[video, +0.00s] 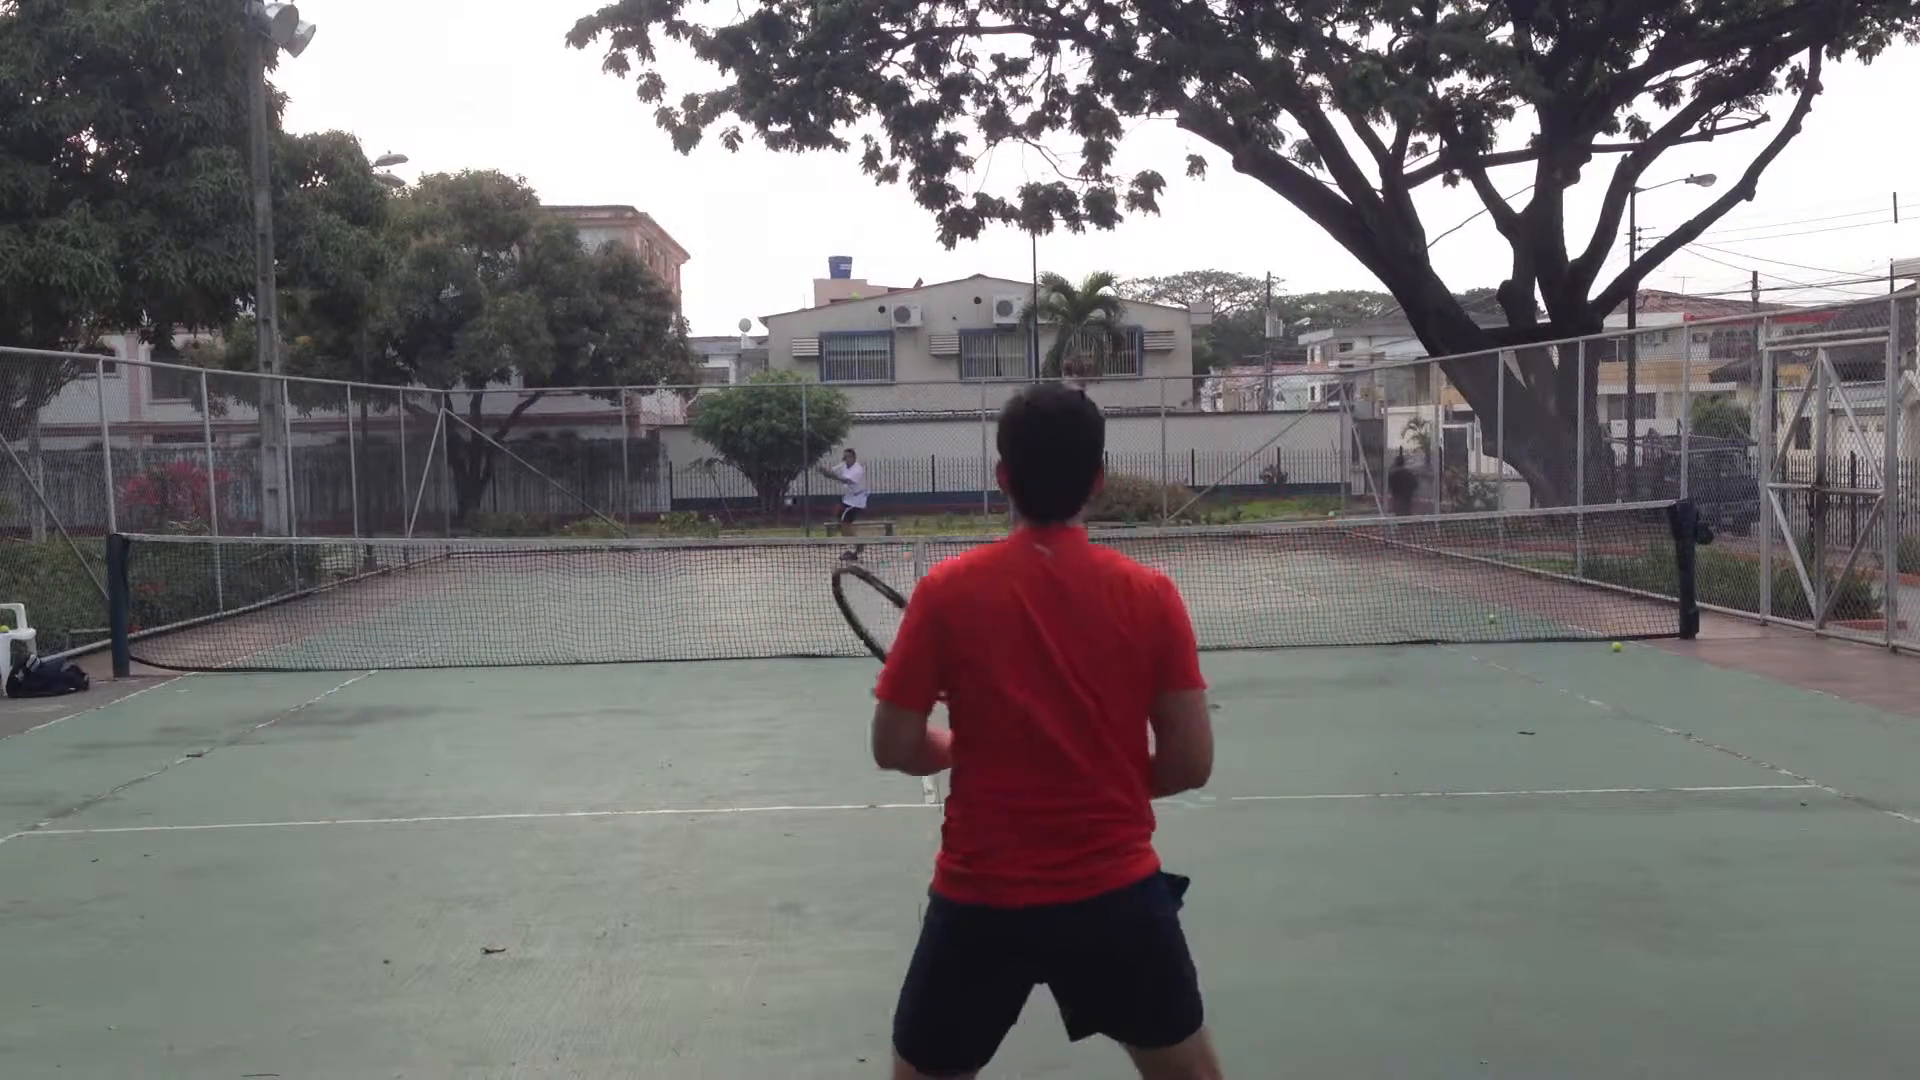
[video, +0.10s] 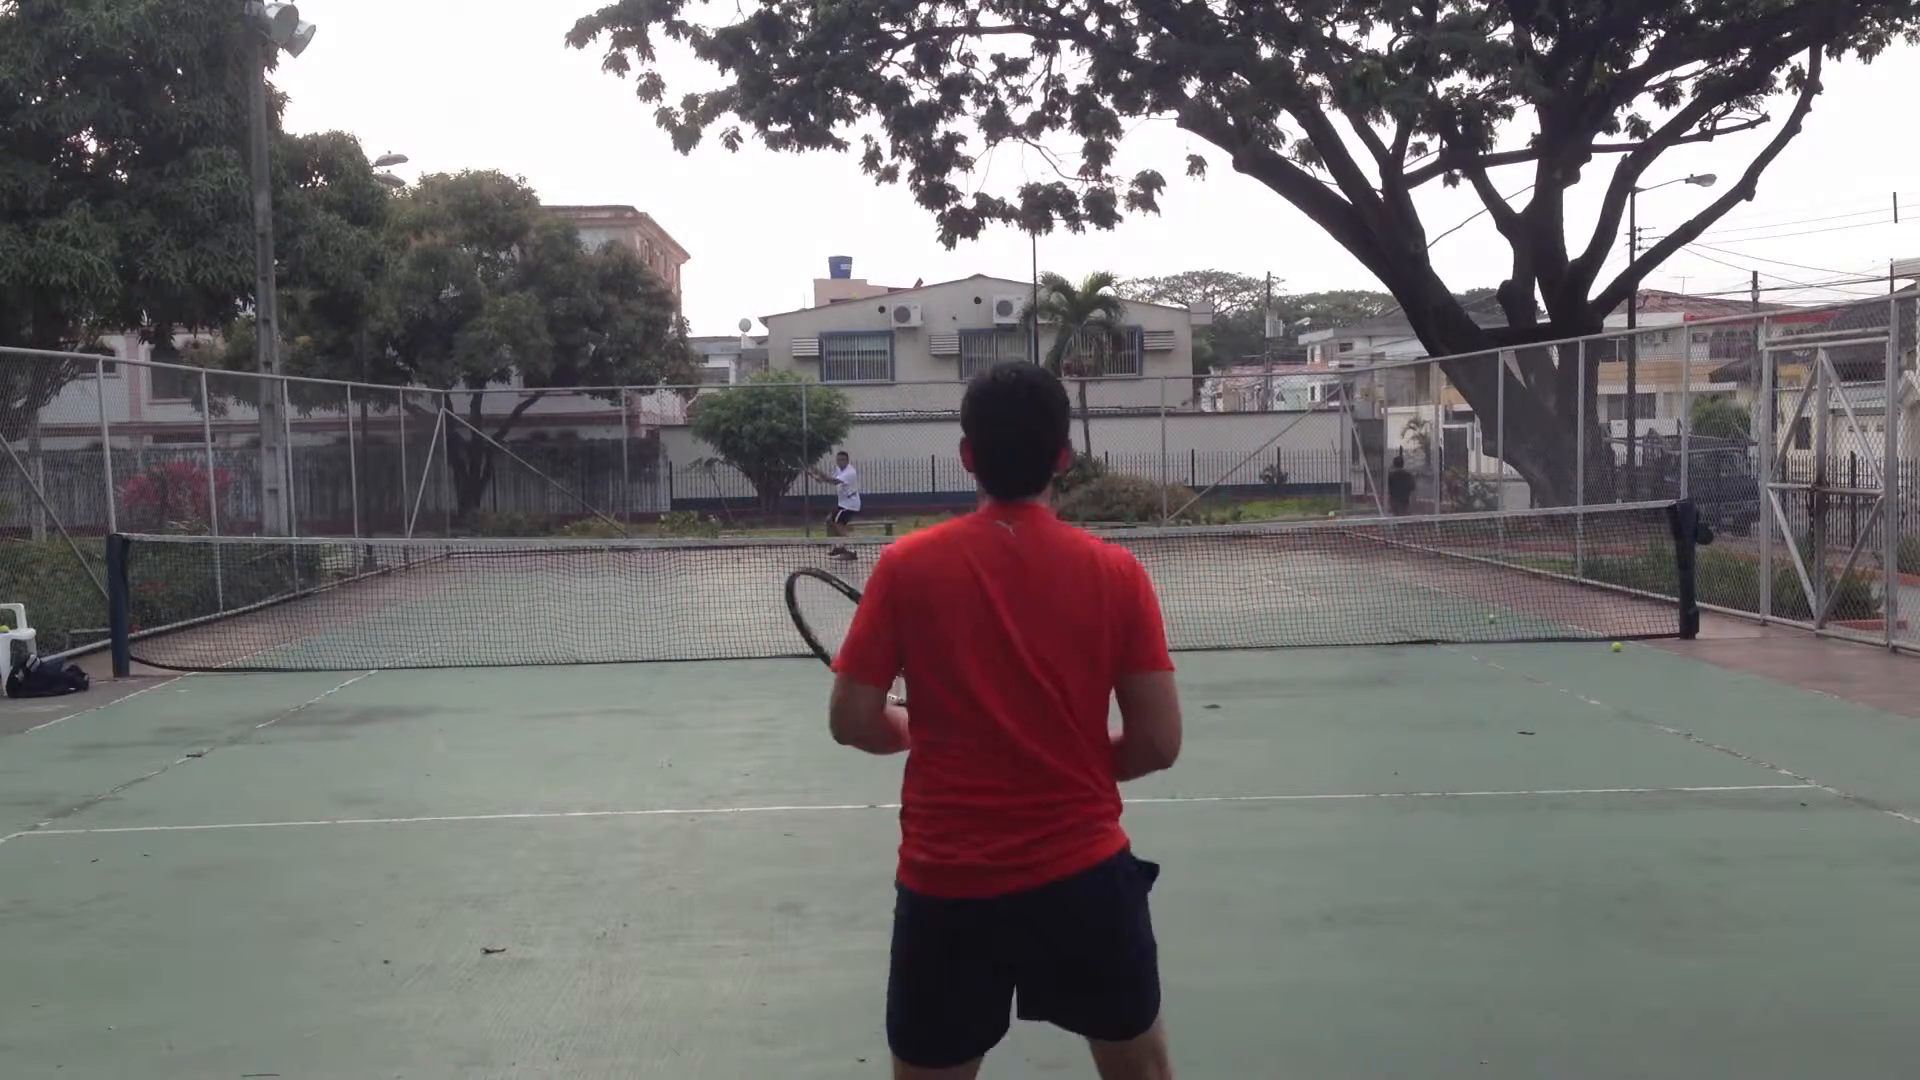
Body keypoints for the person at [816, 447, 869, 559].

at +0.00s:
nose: (846, 460)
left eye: (848, 457)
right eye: (845, 457)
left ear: (854, 458)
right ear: (844, 458)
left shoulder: (858, 470)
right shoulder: (844, 466)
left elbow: (847, 480)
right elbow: (833, 472)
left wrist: (828, 474)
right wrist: (824, 471)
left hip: (857, 500)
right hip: (848, 498)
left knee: (844, 523)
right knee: (842, 522)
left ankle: (854, 548)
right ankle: (858, 542)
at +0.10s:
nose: (840, 462)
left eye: (843, 460)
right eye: (838, 460)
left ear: (847, 461)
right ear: (836, 461)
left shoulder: (850, 472)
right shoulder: (839, 469)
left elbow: (835, 481)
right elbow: (832, 479)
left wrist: (819, 473)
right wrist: (821, 479)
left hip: (851, 503)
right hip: (843, 502)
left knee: (837, 523)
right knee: (831, 521)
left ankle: (849, 548)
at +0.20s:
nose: (833, 463)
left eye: (836, 461)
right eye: (832, 461)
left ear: (841, 462)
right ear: (830, 462)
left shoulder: (843, 473)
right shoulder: (835, 472)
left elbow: (830, 482)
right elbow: (829, 484)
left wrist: (816, 475)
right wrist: (818, 484)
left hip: (844, 505)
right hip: (838, 504)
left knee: (831, 525)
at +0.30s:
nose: (825, 464)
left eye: (827, 461)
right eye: (825, 461)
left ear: (832, 462)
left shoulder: (834, 473)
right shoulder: (833, 472)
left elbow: (823, 478)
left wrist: (810, 473)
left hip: (836, 507)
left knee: (827, 529)